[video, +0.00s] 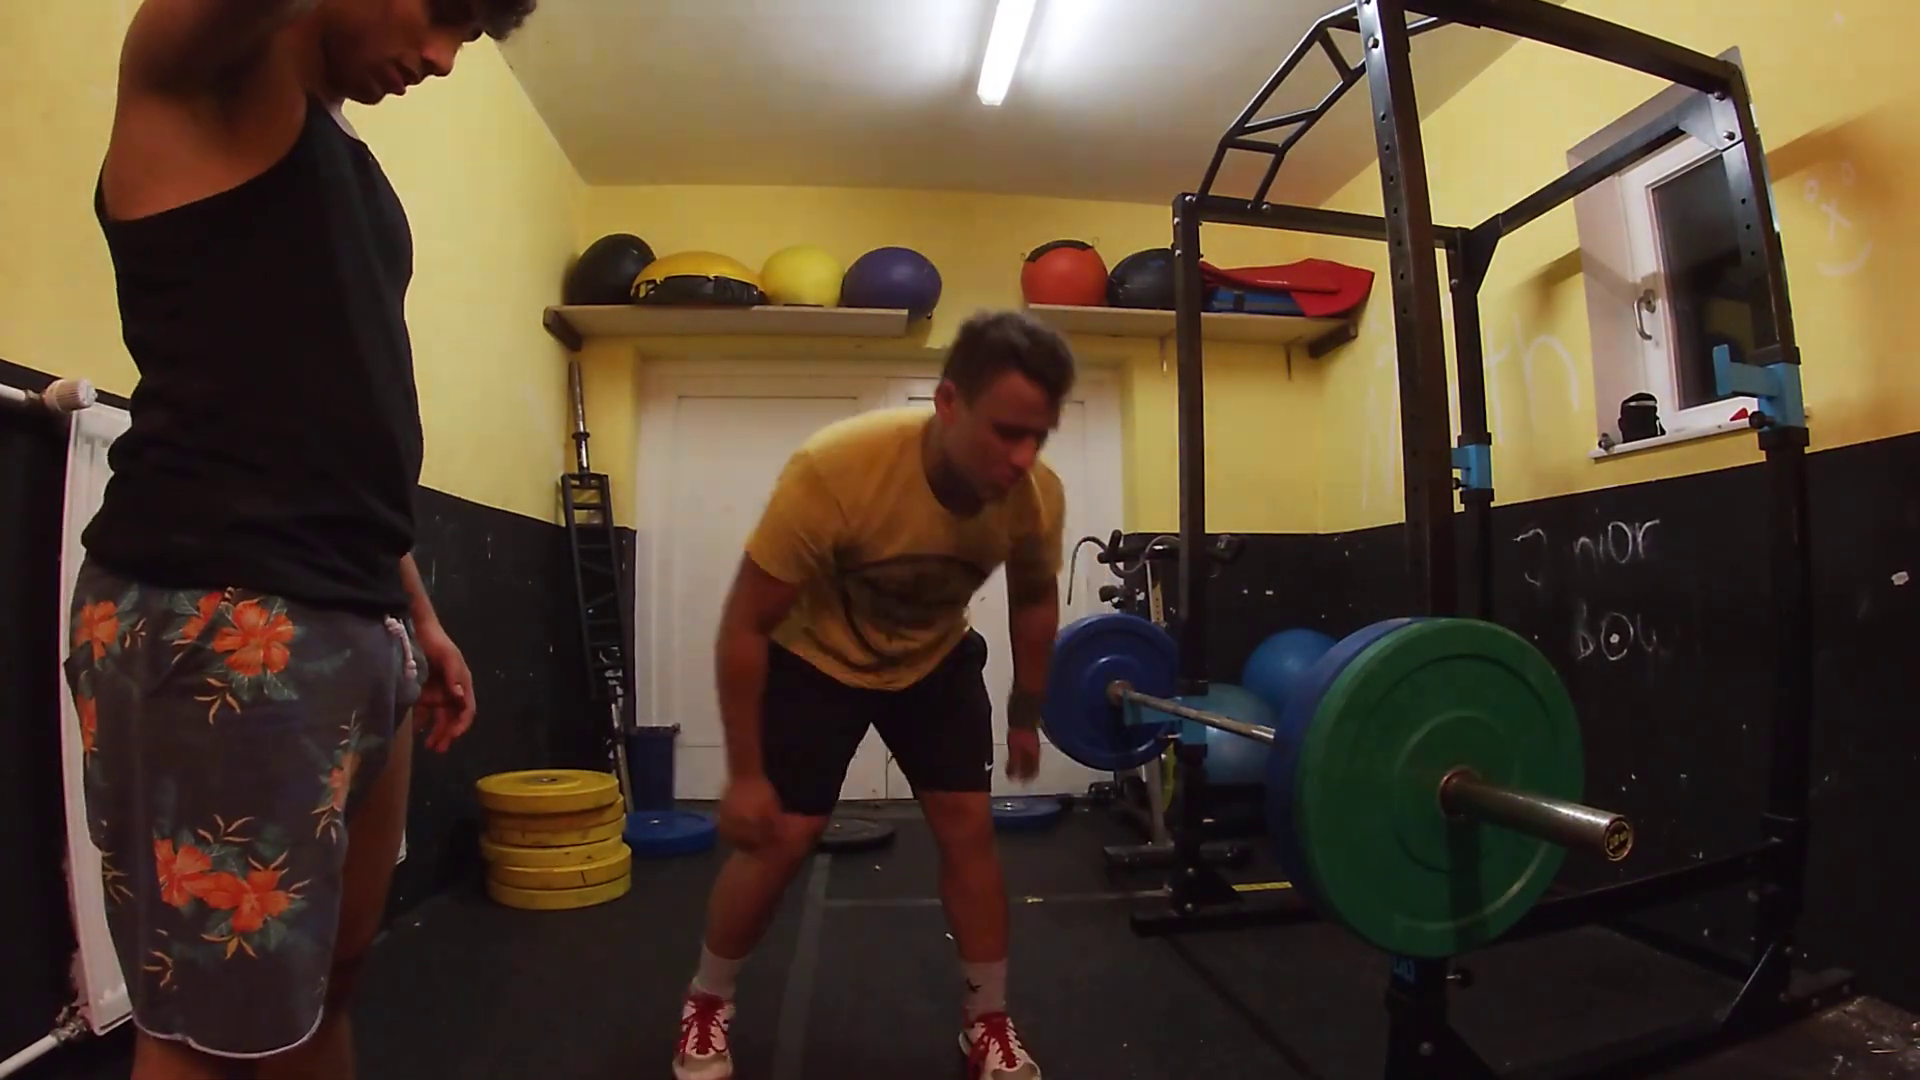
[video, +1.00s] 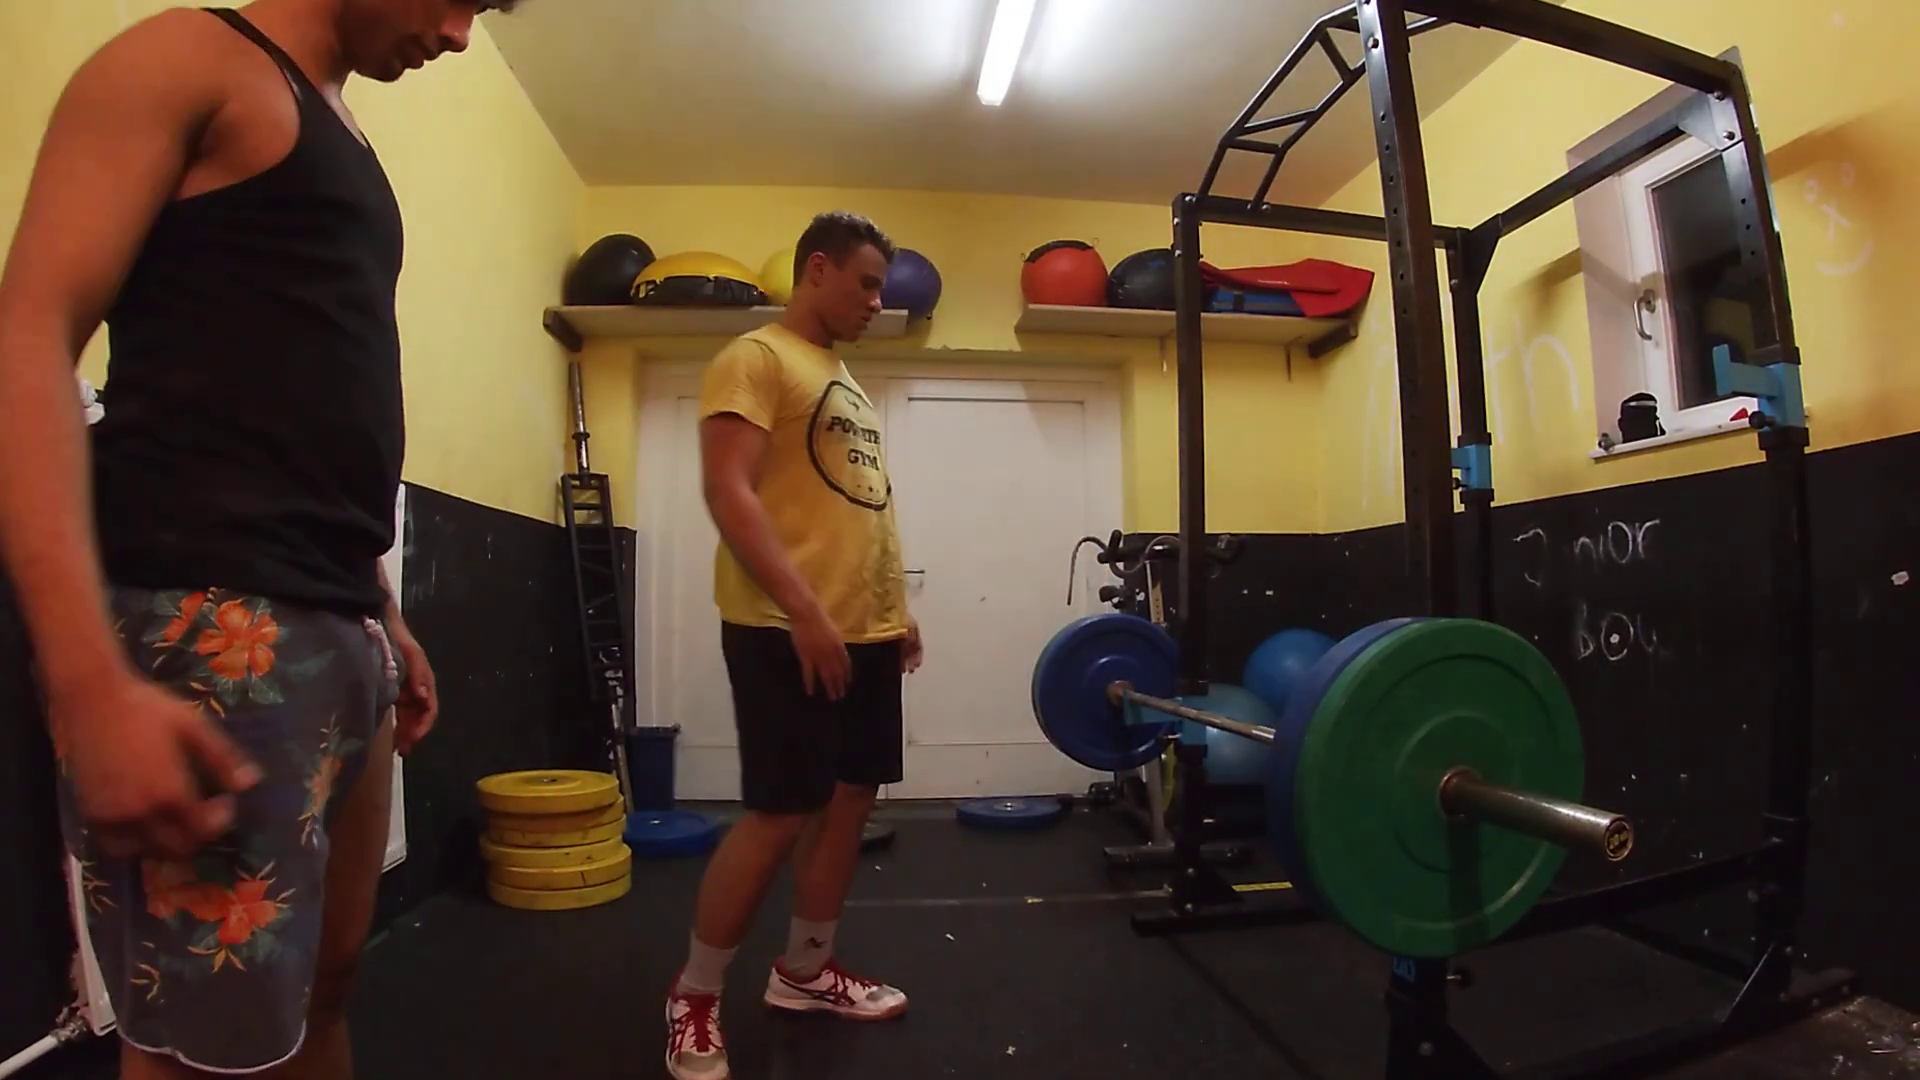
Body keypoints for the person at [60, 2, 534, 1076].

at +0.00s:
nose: (443, 59)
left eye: (467, 40)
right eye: (445, 19)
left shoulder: (340, 151)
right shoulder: (198, 77)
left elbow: (341, 405)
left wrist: (414, 608)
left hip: (354, 622)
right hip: (221, 621)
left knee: (326, 996)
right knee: (214, 1041)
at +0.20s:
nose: (442, 68)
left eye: (466, 50)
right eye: (448, 26)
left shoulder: (349, 159)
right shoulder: (207, 71)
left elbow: (339, 405)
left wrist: (405, 608)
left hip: (354, 621)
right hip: (228, 620)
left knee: (324, 1001)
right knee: (213, 1037)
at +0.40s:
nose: (441, 72)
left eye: (465, 55)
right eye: (447, 31)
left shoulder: (354, 160)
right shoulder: (209, 72)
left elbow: (340, 405)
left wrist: (410, 601)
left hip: (356, 619)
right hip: (230, 618)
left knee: (322, 1004)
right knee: (215, 1035)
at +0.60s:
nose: (441, 68)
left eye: (466, 50)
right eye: (446, 27)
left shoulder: (338, 146)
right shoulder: (195, 86)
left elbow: (343, 403)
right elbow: (305, 15)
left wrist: (417, 606)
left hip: (355, 617)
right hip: (226, 617)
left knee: (325, 995)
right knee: (216, 1033)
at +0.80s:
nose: (456, 52)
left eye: (474, 33)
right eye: (459, 15)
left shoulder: (344, 157)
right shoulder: (192, 72)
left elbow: (325, 420)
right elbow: (96, 298)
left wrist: (405, 613)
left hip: (343, 626)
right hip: (211, 625)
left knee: (314, 1002)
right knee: (204, 1037)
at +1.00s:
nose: (461, 33)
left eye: (476, 14)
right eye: (463, 1)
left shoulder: (338, 133)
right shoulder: (180, 57)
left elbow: (302, 405)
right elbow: (27, 331)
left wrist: (373, 610)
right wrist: (88, 687)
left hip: (336, 641)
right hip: (211, 636)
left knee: (317, 1014)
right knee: (191, 1051)